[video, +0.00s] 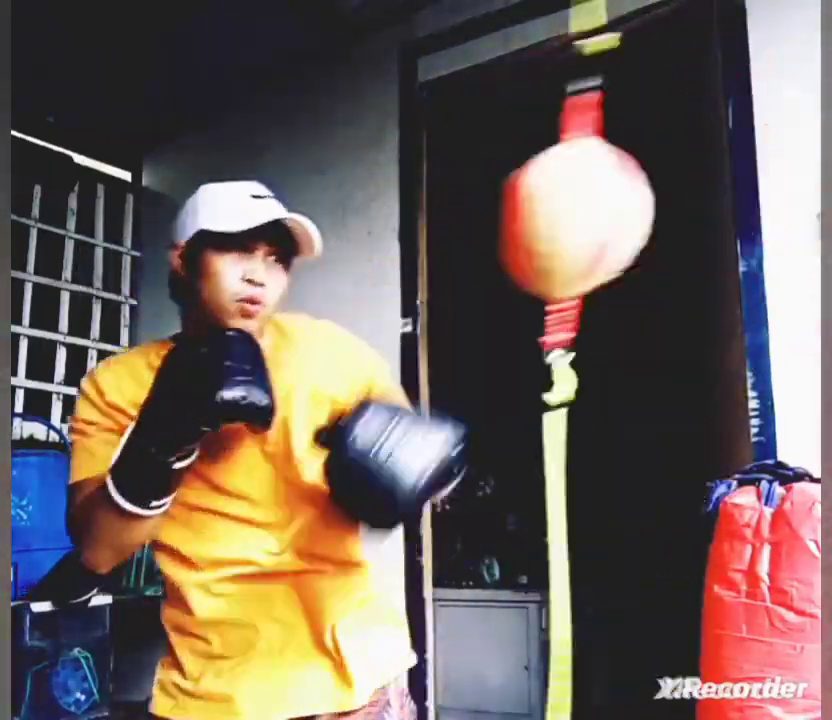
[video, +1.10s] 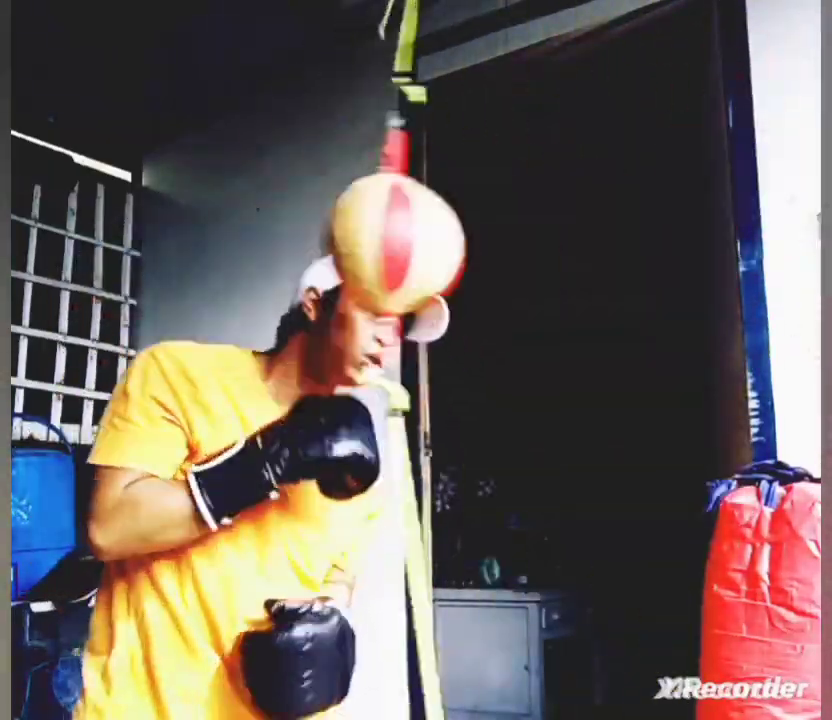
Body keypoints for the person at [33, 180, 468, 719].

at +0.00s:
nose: (258, 270)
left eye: (273, 255)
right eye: (234, 248)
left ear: (287, 273)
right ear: (183, 262)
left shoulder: (336, 355)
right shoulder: (120, 385)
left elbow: (420, 465)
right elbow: (99, 550)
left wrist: (408, 463)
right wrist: (164, 439)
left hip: (360, 684)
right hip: (213, 687)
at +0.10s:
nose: (177, 299)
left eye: (194, 281)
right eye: (152, 279)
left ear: (211, 298)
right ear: (106, 301)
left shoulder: (281, 384)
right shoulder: (71, 433)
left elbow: (355, 513)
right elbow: (85, 591)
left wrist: (309, 584)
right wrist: (135, 457)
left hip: (321, 692)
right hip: (183, 700)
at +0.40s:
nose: (183, 306)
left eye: (198, 287)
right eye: (159, 283)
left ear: (211, 303)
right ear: (107, 303)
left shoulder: (281, 393)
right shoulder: (60, 436)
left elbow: (345, 521)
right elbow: (86, 595)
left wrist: (278, 601)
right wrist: (139, 473)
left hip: (295, 697)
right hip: (154, 703)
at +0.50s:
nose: (271, 280)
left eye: (278, 264)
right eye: (247, 260)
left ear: (290, 273)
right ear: (187, 275)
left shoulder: (324, 390)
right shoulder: (111, 376)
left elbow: (355, 517)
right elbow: (131, 511)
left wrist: (321, 568)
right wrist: (231, 391)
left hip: (306, 696)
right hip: (164, 692)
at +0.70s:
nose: (374, 307)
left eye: (378, 292)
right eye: (357, 281)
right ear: (294, 279)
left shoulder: (351, 435)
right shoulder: (201, 330)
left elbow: (347, 552)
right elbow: (245, 412)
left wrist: (340, 609)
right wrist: (415, 347)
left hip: (302, 690)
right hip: (176, 685)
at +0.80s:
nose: (422, 344)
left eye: (423, 329)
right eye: (408, 318)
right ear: (348, 310)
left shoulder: (359, 454)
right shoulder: (214, 368)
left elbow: (342, 589)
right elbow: (144, 522)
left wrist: (337, 645)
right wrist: (313, 486)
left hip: (269, 703)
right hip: (154, 694)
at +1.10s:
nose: (388, 341)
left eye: (400, 323)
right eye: (375, 314)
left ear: (408, 334)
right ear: (315, 303)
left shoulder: (362, 457)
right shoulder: (173, 373)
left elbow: (338, 575)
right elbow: (110, 529)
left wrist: (323, 633)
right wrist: (270, 461)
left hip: (270, 702)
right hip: (139, 699)